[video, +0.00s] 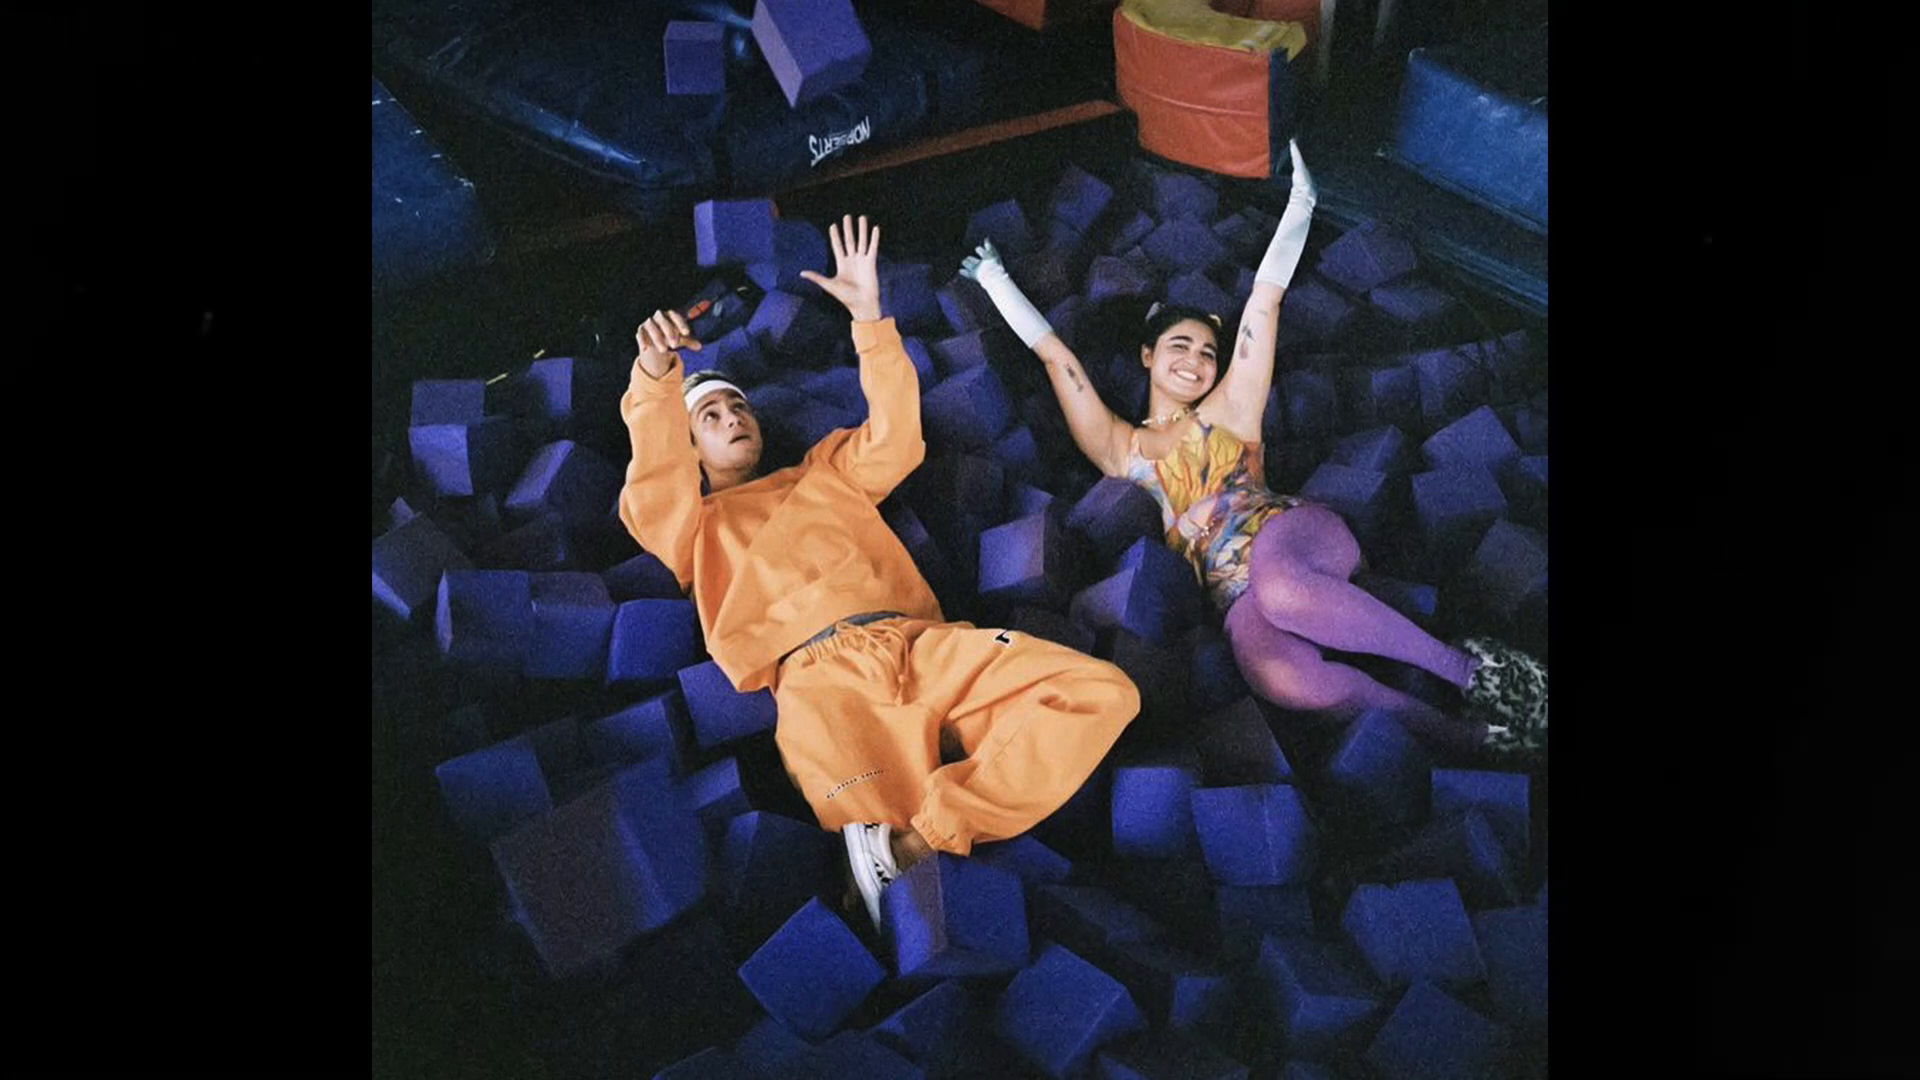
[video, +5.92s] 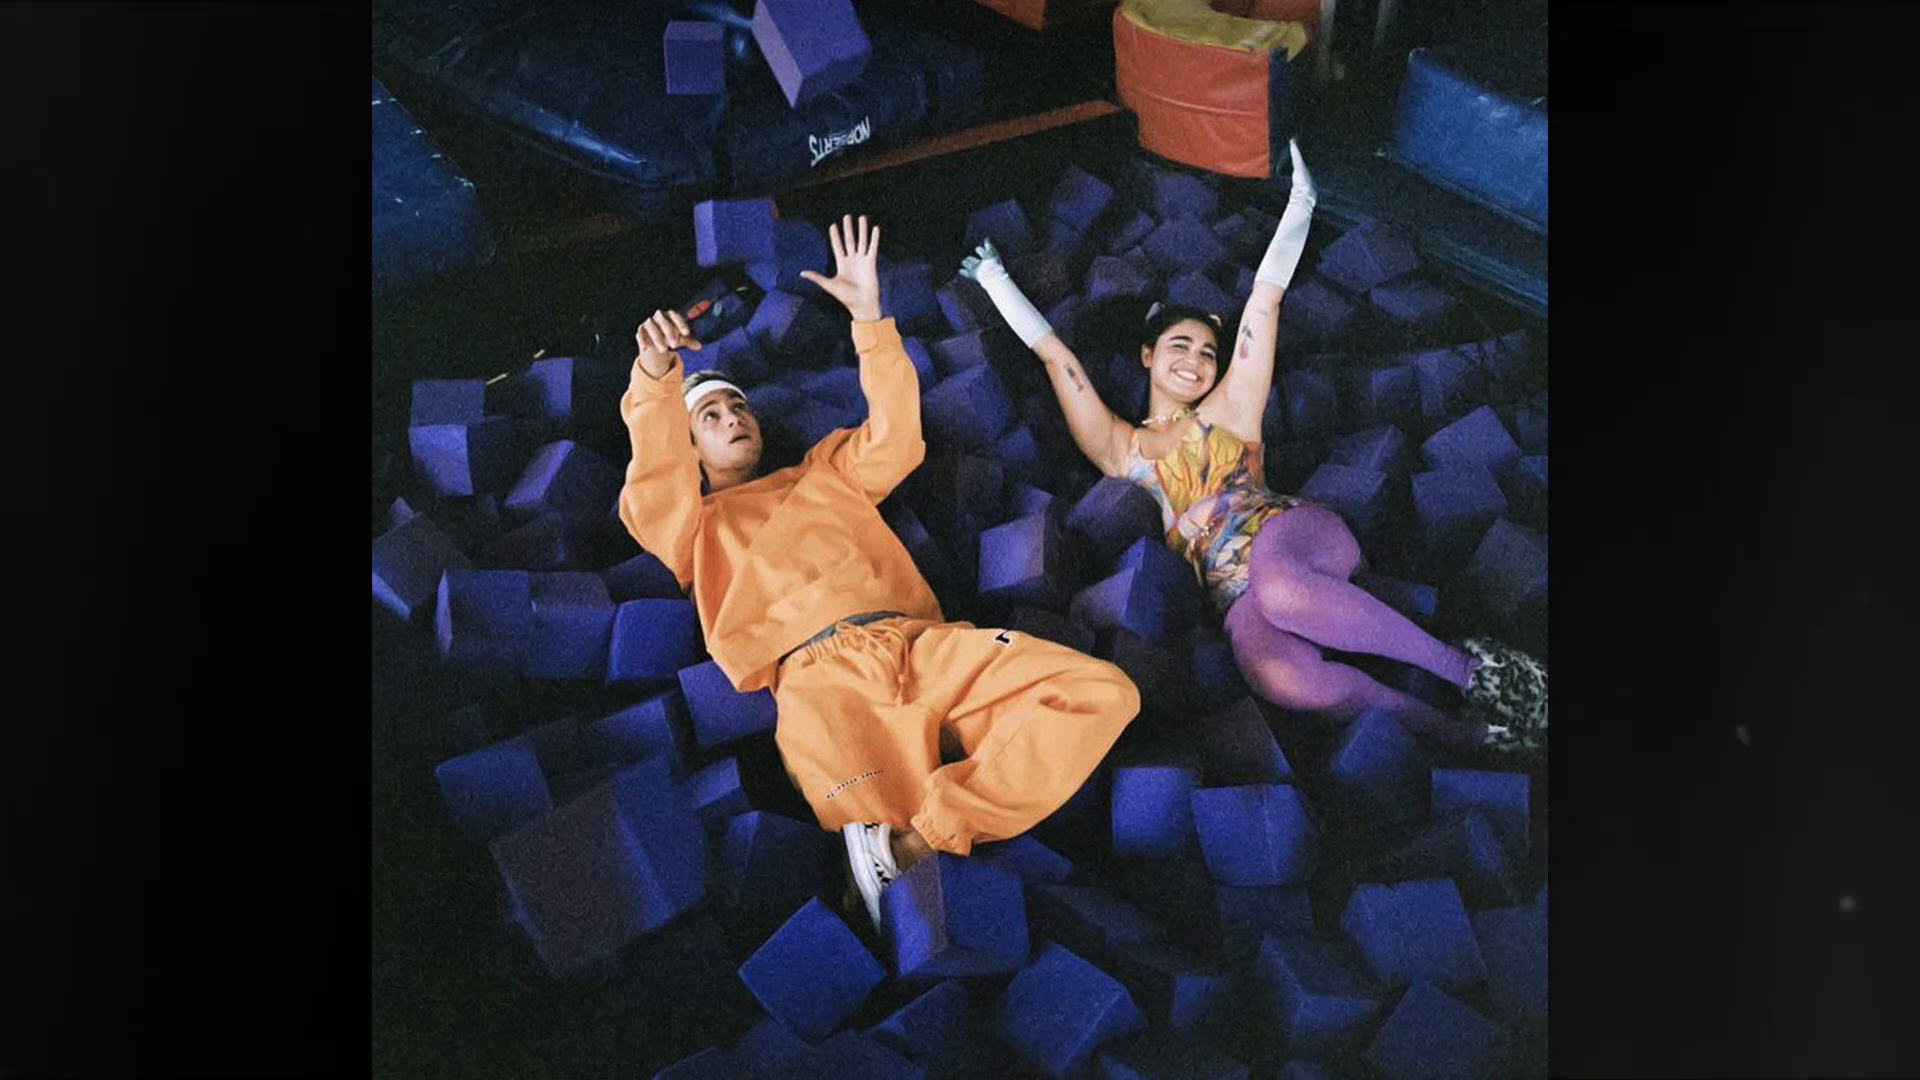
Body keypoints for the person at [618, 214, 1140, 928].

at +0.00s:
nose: (730, 418)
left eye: (738, 407)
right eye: (709, 415)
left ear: (761, 426)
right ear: (688, 449)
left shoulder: (827, 468)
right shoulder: (696, 525)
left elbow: (895, 435)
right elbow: (654, 477)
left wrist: (868, 317)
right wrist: (655, 374)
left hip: (917, 640)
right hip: (819, 673)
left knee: (1094, 693)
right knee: (880, 827)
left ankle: (915, 841)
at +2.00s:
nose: (730, 418)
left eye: (738, 407)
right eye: (709, 415)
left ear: (761, 426)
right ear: (688, 448)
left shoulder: (827, 468)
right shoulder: (695, 525)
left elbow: (895, 436)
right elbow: (654, 477)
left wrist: (868, 317)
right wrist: (655, 373)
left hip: (918, 640)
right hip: (819, 673)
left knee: (1094, 692)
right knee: (880, 827)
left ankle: (917, 841)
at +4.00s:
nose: (731, 418)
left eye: (738, 407)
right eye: (709, 415)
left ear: (760, 425)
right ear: (687, 449)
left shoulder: (827, 468)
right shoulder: (696, 525)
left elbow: (895, 436)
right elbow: (655, 477)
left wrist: (868, 317)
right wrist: (655, 373)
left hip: (918, 641)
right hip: (820, 673)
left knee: (1094, 692)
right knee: (884, 833)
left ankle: (916, 841)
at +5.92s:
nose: (731, 418)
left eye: (738, 407)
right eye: (709, 415)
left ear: (760, 425)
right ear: (688, 449)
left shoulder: (827, 468)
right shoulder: (696, 525)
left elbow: (895, 436)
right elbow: (655, 477)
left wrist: (868, 317)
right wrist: (655, 373)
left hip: (918, 640)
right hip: (820, 673)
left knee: (1094, 692)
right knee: (883, 831)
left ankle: (916, 841)